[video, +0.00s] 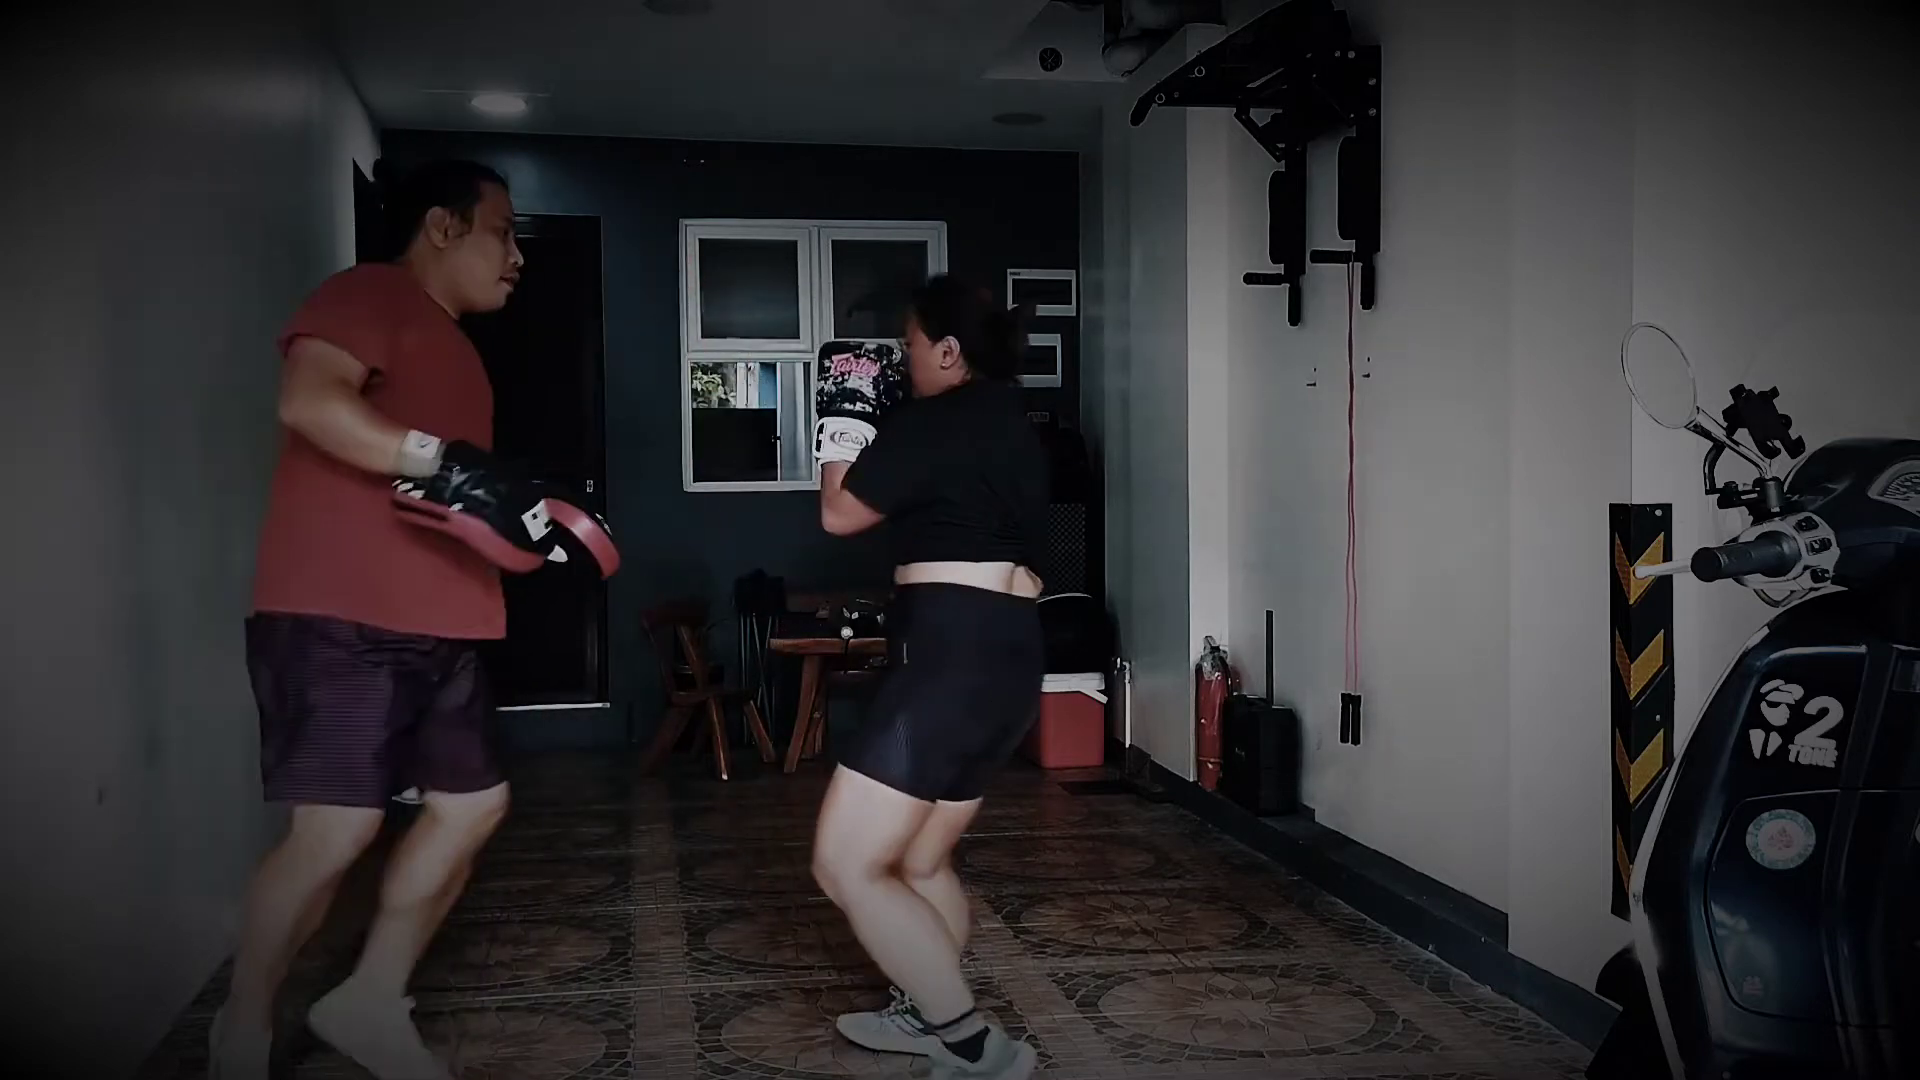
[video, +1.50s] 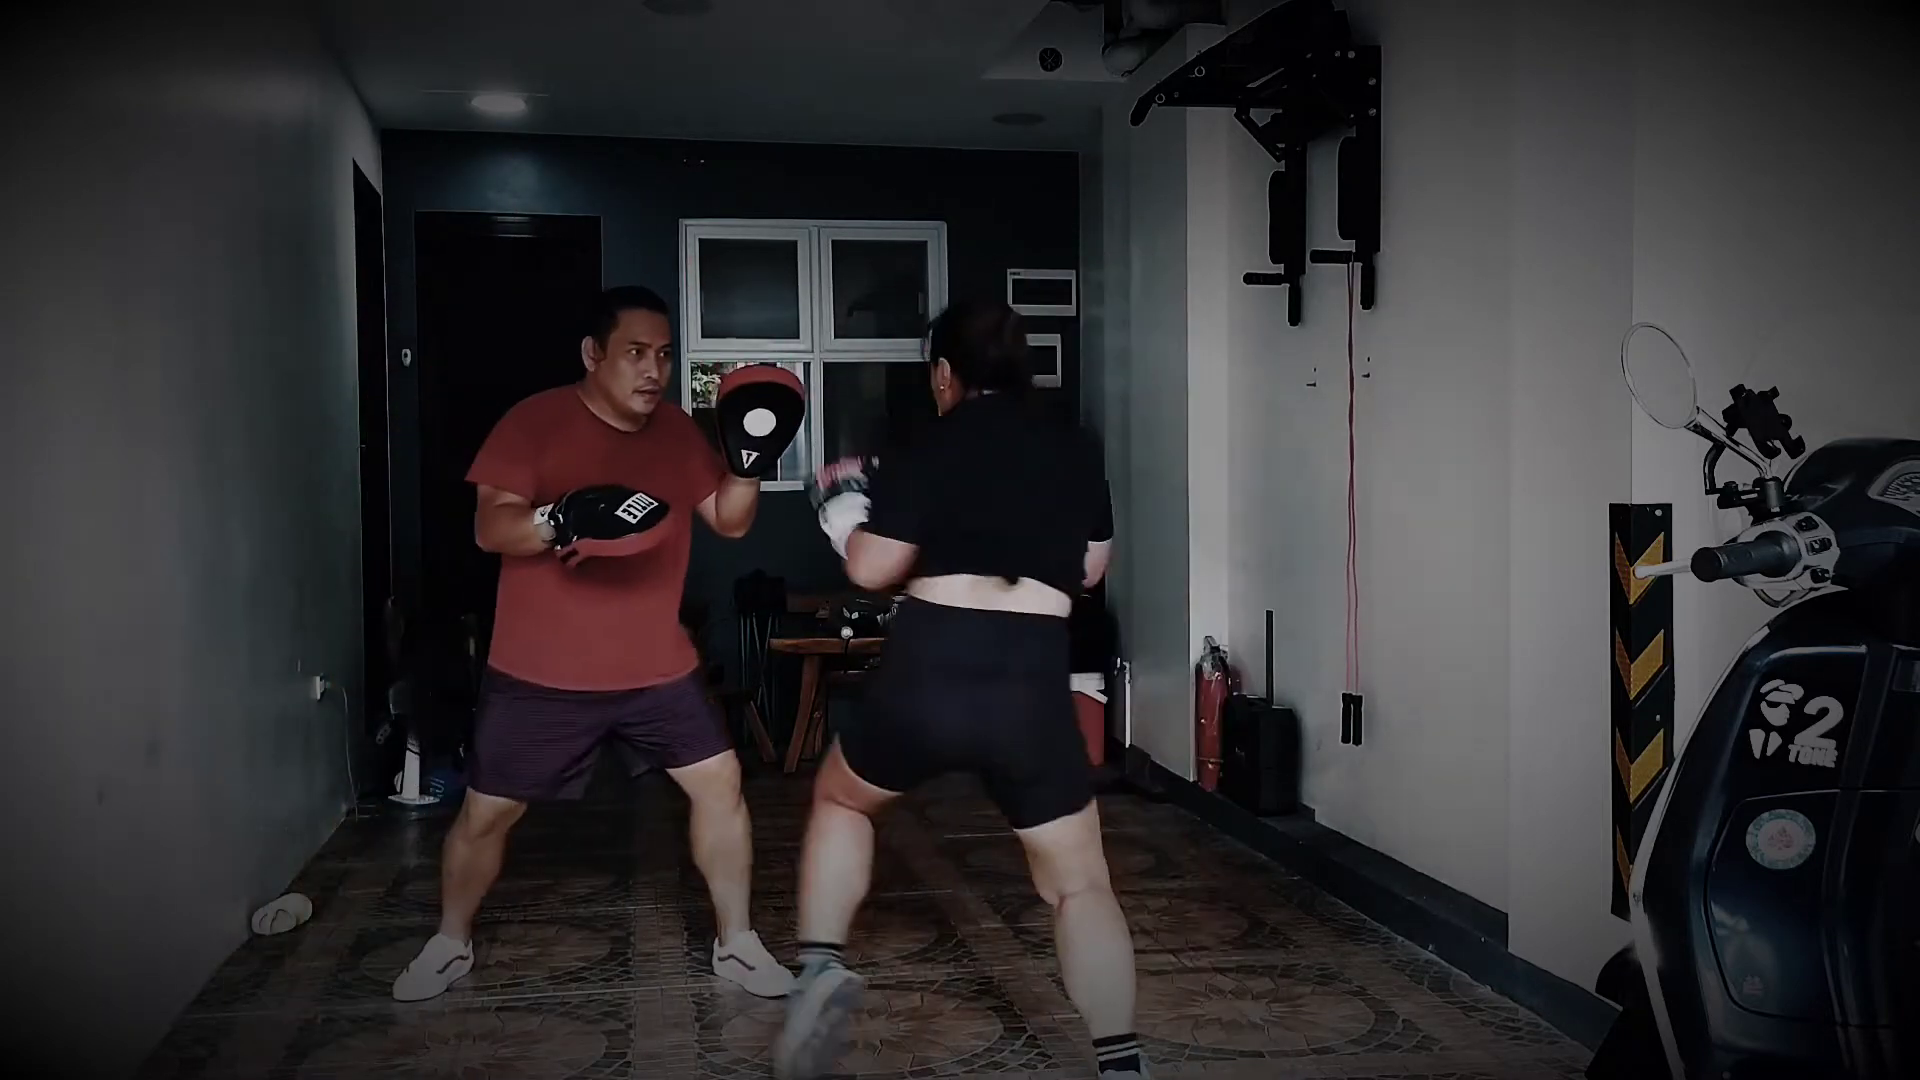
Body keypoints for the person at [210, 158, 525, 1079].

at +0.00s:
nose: (515, 256)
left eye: (515, 237)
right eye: (502, 234)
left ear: (452, 236)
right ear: (440, 230)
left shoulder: (454, 351)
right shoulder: (366, 294)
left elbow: (445, 479)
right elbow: (308, 399)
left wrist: (518, 510)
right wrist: (448, 467)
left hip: (437, 629)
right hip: (334, 619)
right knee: (335, 823)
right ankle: (243, 1025)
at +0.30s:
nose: (560, 335)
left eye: (561, 320)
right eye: (539, 319)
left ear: (555, 337)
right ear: (482, 332)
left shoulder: (566, 438)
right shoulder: (406, 420)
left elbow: (569, 550)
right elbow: (338, 533)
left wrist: (606, 618)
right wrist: (401, 599)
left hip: (520, 689)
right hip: (399, 691)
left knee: (584, 817)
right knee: (345, 851)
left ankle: (580, 972)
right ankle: (243, 1039)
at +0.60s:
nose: (616, 312)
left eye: (620, 298)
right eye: (597, 297)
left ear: (623, 310)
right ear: (544, 307)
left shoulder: (627, 404)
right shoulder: (473, 379)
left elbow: (643, 504)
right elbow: (408, 483)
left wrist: (670, 528)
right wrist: (475, 550)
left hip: (576, 650)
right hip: (456, 647)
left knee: (585, 801)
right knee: (416, 805)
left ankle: (580, 967)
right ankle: (399, 937)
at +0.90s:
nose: (600, 345)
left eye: (605, 330)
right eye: (582, 330)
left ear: (609, 337)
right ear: (531, 334)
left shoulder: (617, 419)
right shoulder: (466, 403)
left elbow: (678, 502)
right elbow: (417, 514)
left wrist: (699, 432)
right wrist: (495, 502)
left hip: (589, 649)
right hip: (471, 658)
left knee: (657, 765)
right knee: (452, 812)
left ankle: (686, 928)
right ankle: (448, 939)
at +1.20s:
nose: (643, 357)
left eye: (653, 343)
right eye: (627, 341)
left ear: (661, 349)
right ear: (581, 342)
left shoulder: (666, 420)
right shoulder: (516, 413)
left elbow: (721, 504)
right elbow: (474, 521)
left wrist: (743, 434)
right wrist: (543, 515)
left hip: (644, 666)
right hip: (525, 668)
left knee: (695, 788)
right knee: (478, 815)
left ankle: (736, 939)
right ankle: (450, 936)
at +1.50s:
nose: (653, 368)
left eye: (663, 353)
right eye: (637, 351)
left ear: (670, 359)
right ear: (592, 353)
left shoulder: (680, 433)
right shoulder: (534, 424)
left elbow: (730, 521)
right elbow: (493, 530)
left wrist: (750, 457)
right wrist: (558, 522)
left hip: (656, 670)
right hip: (539, 674)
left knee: (720, 783)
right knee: (483, 817)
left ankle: (735, 939)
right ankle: (452, 939)